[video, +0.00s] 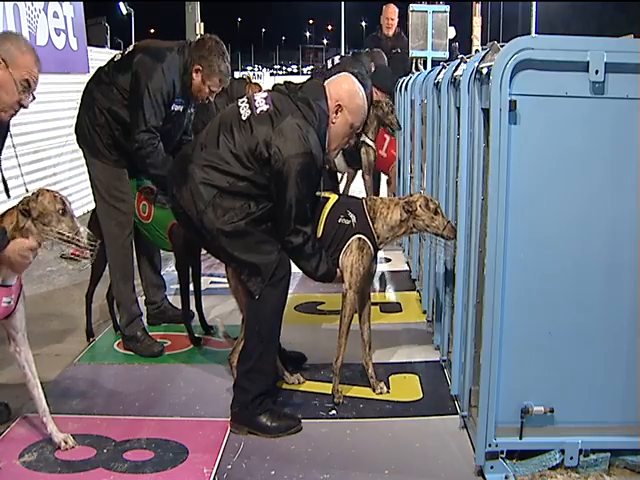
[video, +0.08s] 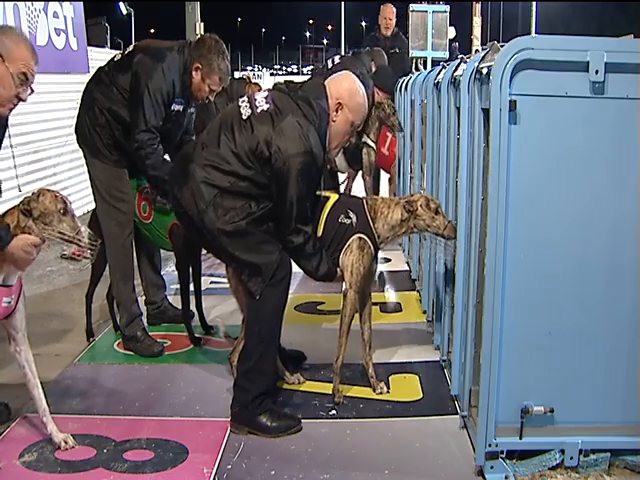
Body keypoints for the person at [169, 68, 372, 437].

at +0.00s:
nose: (349, 139)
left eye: (354, 131)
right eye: (352, 129)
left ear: (331, 104)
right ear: (335, 110)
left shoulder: (295, 105)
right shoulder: (299, 149)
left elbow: (306, 199)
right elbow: (293, 230)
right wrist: (332, 268)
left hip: (202, 179)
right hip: (208, 196)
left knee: (269, 266)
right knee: (273, 272)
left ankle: (265, 351)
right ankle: (251, 404)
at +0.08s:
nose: (350, 136)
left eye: (355, 128)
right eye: (352, 126)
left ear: (332, 103)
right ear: (335, 107)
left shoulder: (296, 108)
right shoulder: (300, 146)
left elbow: (311, 199)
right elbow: (294, 229)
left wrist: (341, 234)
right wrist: (331, 268)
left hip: (203, 179)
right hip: (209, 194)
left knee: (269, 265)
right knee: (273, 272)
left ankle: (264, 351)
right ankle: (251, 404)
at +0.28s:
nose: (352, 119)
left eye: (357, 111)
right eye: (354, 108)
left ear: (334, 86)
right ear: (337, 90)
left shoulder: (296, 89)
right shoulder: (305, 129)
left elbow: (302, 189)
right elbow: (298, 216)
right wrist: (337, 255)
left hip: (205, 174)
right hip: (214, 191)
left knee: (272, 267)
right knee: (278, 275)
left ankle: (266, 353)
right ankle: (251, 403)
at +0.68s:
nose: (368, 59)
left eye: (371, 51)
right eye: (368, 49)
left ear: (342, 29)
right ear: (349, 34)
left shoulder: (307, 47)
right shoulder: (324, 76)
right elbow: (330, 166)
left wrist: (367, 130)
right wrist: (360, 213)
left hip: (223, 143)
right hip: (241, 157)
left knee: (291, 241)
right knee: (314, 248)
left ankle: (263, 345)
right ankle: (309, 386)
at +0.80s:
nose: (384, 59)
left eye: (387, 51)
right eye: (384, 49)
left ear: (357, 31)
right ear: (363, 33)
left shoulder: (319, 50)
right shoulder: (341, 83)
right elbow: (349, 168)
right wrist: (377, 214)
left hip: (242, 159)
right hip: (267, 170)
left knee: (295, 251)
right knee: (325, 262)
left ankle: (263, 347)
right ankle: (354, 386)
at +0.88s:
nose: (395, 63)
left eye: (398, 54)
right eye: (394, 51)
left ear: (367, 33)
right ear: (374, 35)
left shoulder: (325, 51)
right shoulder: (353, 84)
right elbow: (361, 170)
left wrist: (378, 120)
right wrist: (389, 217)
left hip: (252, 167)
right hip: (283, 176)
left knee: (299, 255)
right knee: (341, 263)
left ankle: (263, 348)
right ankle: (355, 386)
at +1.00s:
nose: (410, 64)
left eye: (413, 54)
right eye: (410, 52)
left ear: (382, 32)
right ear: (389, 36)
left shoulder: (340, 49)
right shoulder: (369, 88)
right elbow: (378, 176)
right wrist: (414, 222)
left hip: (259, 162)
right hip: (289, 173)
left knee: (303, 251)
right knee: (352, 261)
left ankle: (264, 347)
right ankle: (354, 386)